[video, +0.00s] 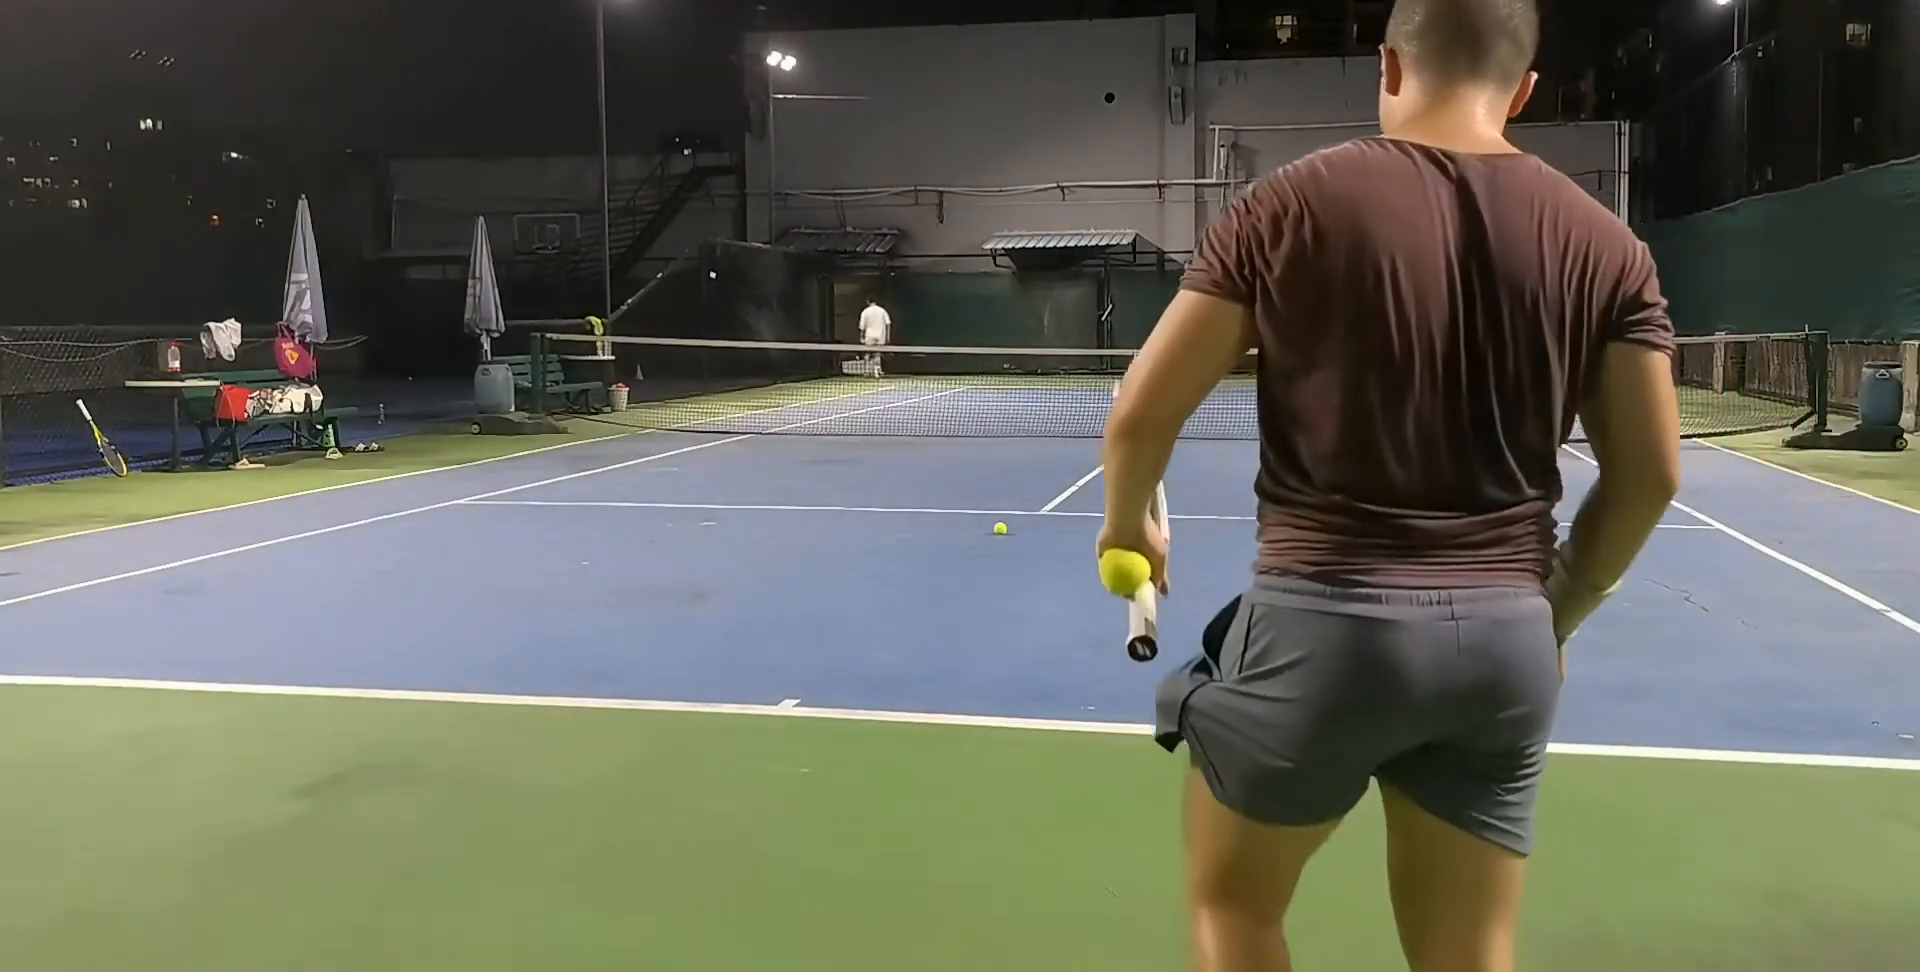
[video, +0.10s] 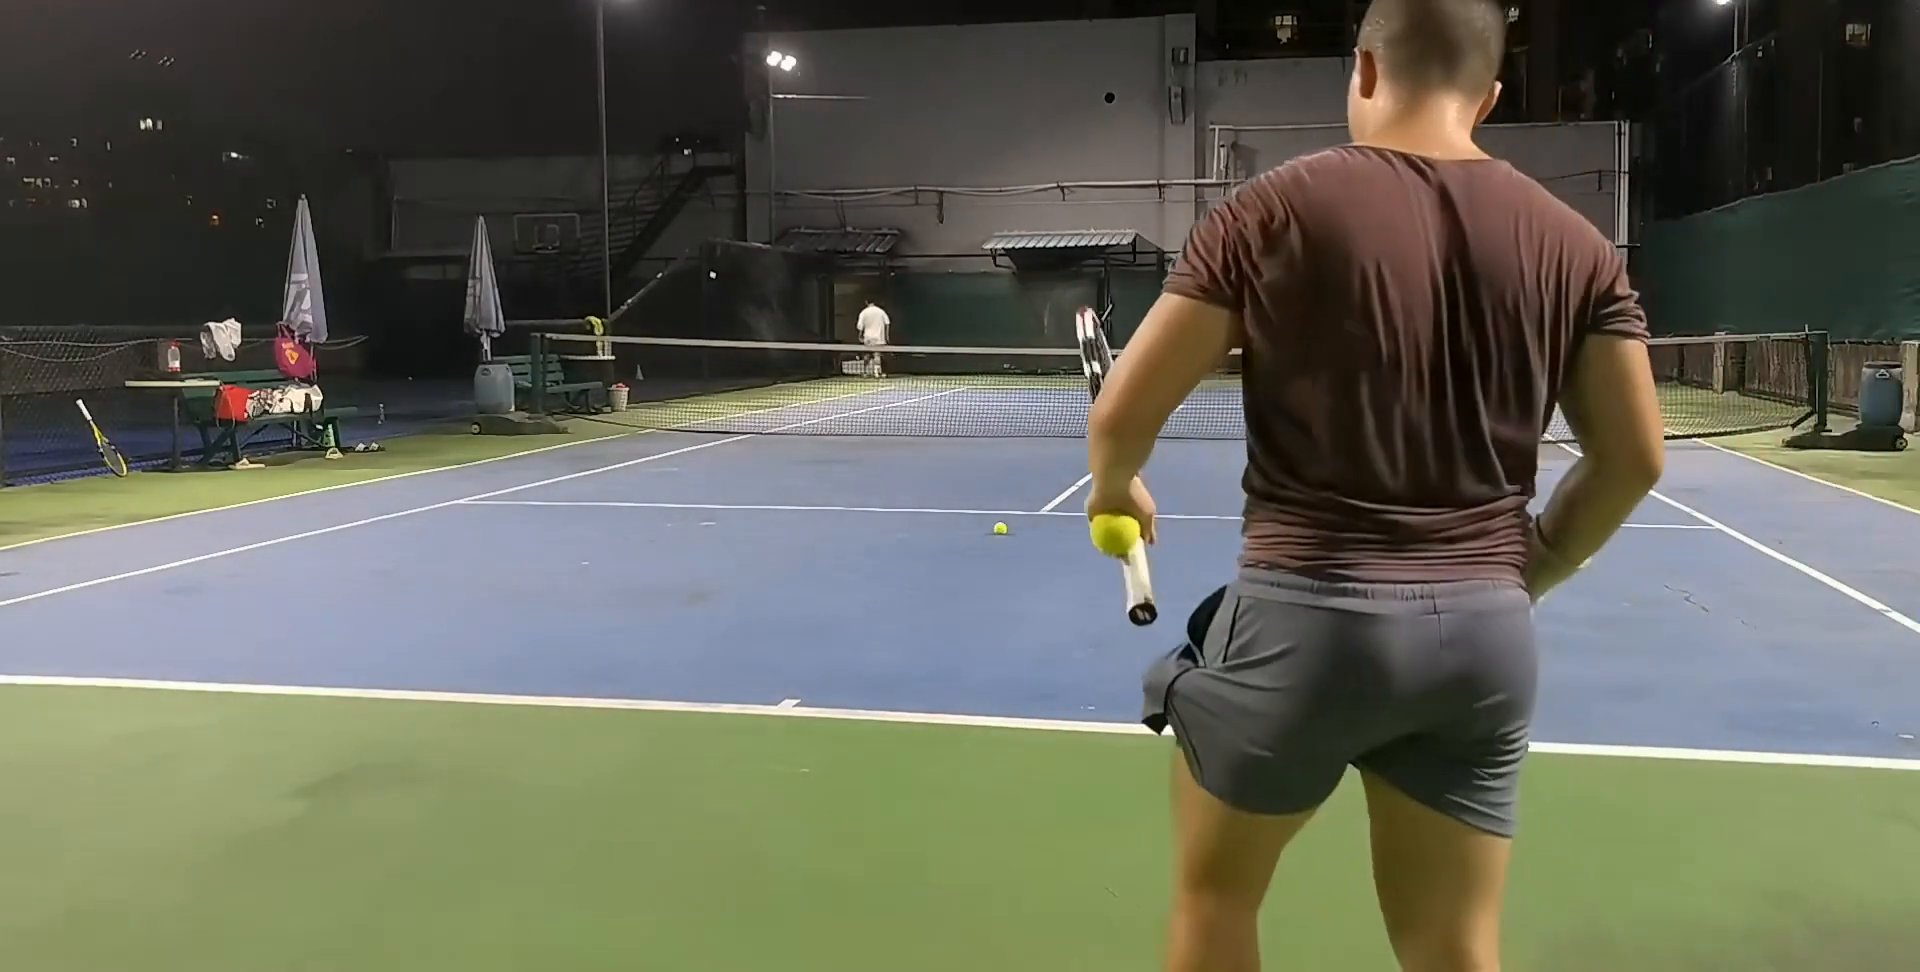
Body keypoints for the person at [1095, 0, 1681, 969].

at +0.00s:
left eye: (1382, 68)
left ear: (1391, 68)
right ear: (1521, 90)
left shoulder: (1294, 201)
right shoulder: (1599, 240)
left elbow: (1141, 413)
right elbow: (1646, 474)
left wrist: (1128, 527)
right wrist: (1553, 615)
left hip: (1317, 625)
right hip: (1503, 625)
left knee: (1235, 909)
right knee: (1469, 948)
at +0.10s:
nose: (1346, 94)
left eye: (1348, 74)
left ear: (1364, 73)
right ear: (1490, 96)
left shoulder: (1277, 207)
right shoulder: (1570, 241)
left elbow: (1124, 409)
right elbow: (1631, 455)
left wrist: (1113, 494)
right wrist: (1529, 568)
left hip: (1300, 622)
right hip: (1483, 624)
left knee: (1214, 906)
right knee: (1456, 943)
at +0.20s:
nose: (1316, 107)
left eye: (1317, 91)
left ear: (1331, 88)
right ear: (1449, 108)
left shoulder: (1244, 220)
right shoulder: (1532, 248)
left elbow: (1103, 420)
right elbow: (1604, 443)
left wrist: (1104, 473)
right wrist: (1492, 523)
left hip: (1280, 623)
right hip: (1455, 618)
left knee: (1206, 924)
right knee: (1443, 944)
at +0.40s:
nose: (1236, 126)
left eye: (1236, 109)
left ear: (1246, 105)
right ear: (1365, 121)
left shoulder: (1162, 249)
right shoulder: (1437, 259)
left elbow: (1087, 452)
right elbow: (1469, 444)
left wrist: (1115, 469)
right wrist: (1351, 470)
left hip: (1204, 613)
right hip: (1370, 614)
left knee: (1154, 890)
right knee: (1375, 912)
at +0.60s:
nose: (1171, 111)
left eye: (1170, 98)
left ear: (1176, 103)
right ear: (1291, 111)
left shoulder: (1093, 243)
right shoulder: (1360, 249)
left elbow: (1058, 440)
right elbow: (1371, 433)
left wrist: (1150, 428)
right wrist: (1267, 433)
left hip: (1148, 588)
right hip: (1296, 596)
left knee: (1140, 858)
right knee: (1296, 838)